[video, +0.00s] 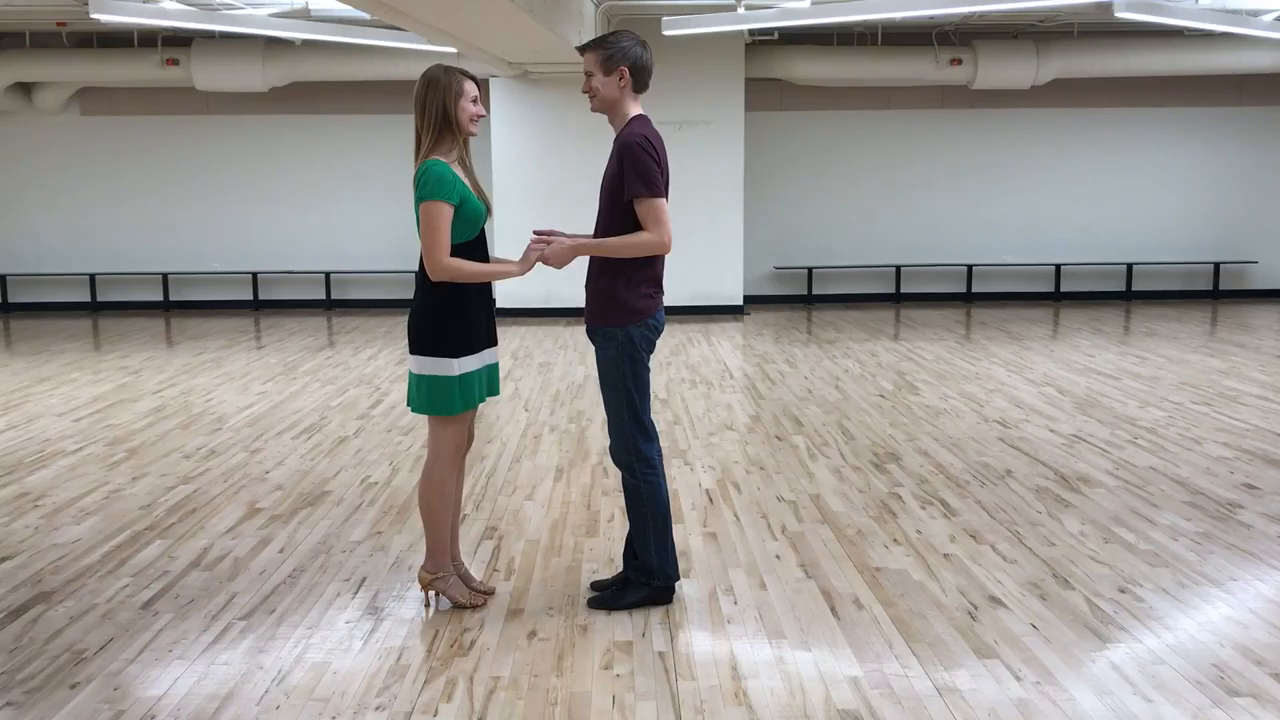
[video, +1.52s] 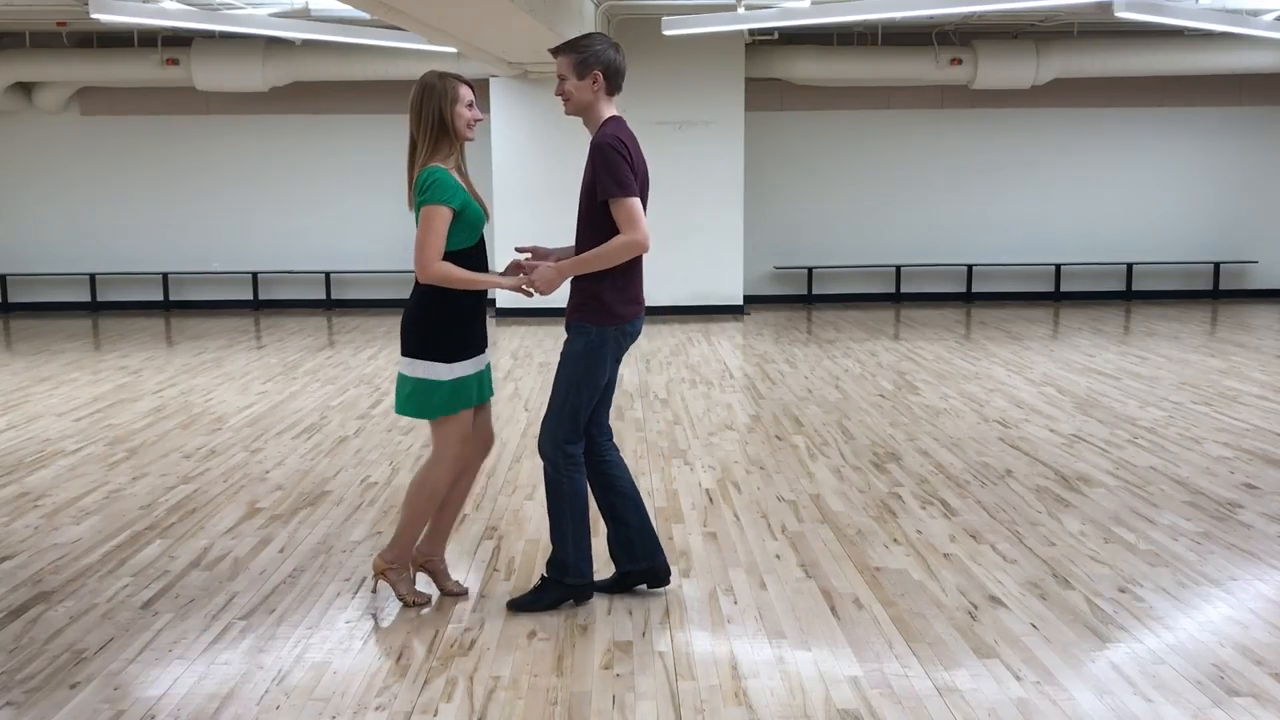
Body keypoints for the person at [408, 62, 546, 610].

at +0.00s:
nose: (480, 109)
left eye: (479, 100)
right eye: (470, 100)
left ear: (465, 107)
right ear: (444, 106)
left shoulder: (457, 170)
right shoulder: (438, 174)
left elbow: (463, 257)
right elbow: (437, 265)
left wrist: (516, 263)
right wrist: (512, 268)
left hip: (465, 325)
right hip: (444, 329)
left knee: (458, 445)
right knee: (444, 450)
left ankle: (451, 560)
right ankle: (436, 566)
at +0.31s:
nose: (480, 109)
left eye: (480, 101)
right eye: (471, 100)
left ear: (468, 107)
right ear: (444, 106)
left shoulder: (458, 169)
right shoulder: (439, 174)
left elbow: (462, 257)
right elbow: (439, 265)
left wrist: (517, 258)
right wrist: (514, 263)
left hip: (466, 326)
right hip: (446, 329)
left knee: (461, 442)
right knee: (450, 447)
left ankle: (451, 559)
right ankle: (437, 565)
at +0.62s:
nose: (481, 110)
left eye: (481, 101)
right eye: (472, 101)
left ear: (467, 108)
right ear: (446, 108)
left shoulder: (457, 171)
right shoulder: (443, 175)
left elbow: (464, 257)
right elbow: (442, 265)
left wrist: (520, 242)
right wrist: (516, 246)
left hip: (467, 328)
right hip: (452, 332)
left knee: (469, 444)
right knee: (466, 445)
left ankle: (448, 559)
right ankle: (441, 564)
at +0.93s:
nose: (481, 115)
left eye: (480, 105)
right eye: (471, 106)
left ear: (460, 113)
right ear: (445, 113)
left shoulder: (455, 176)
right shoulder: (442, 180)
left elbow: (462, 259)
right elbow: (438, 268)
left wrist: (512, 249)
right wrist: (507, 251)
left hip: (454, 331)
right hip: (456, 334)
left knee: (467, 444)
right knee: (496, 440)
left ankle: (446, 553)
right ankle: (446, 554)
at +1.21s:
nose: (476, 115)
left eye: (475, 107)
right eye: (467, 107)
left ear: (461, 114)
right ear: (442, 114)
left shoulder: (456, 174)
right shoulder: (438, 181)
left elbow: (456, 258)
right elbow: (421, 267)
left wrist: (504, 270)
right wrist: (496, 278)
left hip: (467, 326)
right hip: (444, 332)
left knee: (485, 441)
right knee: (460, 450)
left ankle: (450, 557)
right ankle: (400, 558)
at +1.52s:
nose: (477, 114)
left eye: (475, 106)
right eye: (467, 106)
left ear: (454, 114)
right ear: (443, 113)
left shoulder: (452, 175)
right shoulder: (439, 180)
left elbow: (455, 260)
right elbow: (427, 268)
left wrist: (504, 270)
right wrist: (500, 280)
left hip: (463, 329)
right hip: (439, 333)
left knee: (479, 439)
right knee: (451, 447)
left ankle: (432, 551)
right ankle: (395, 558)